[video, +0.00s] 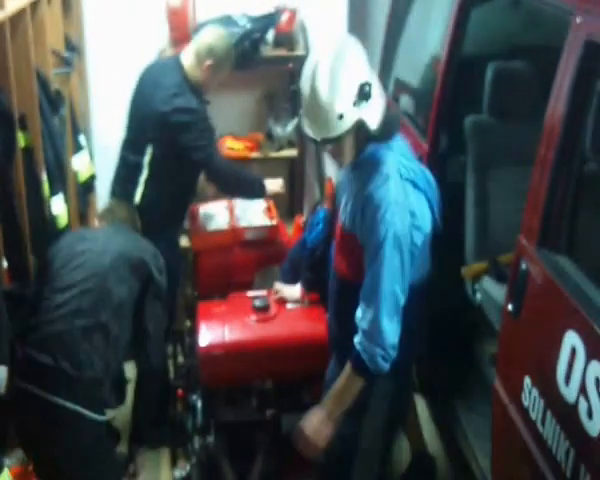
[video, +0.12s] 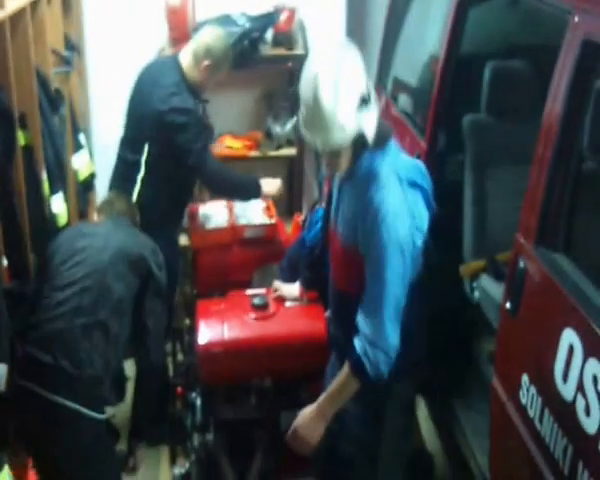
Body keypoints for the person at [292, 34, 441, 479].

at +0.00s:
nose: (325, 145)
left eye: (332, 133)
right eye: (323, 134)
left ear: (356, 118)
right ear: (364, 109)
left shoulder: (391, 196)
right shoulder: (367, 157)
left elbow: (379, 335)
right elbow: (329, 218)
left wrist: (328, 413)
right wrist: (292, 276)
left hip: (379, 356)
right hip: (354, 331)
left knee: (357, 459)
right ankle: (418, 457)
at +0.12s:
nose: (308, 125)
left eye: (316, 113)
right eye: (309, 111)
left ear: (348, 112)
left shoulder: (389, 192)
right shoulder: (350, 166)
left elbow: (380, 340)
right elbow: (322, 224)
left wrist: (321, 412)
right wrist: (291, 277)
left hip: (377, 383)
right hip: (345, 361)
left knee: (364, 466)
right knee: (343, 459)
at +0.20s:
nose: (327, 192)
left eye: (337, 179)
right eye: (318, 179)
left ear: (362, 168)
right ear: (307, 169)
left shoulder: (393, 234)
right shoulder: (322, 210)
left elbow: (386, 366)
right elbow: (300, 261)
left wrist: (326, 433)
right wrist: (291, 283)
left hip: (387, 390)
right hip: (337, 370)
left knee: (385, 470)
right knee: (341, 465)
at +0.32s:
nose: (335, 177)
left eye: (343, 163)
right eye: (325, 165)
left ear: (364, 148)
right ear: (313, 153)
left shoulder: (401, 203)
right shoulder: (322, 193)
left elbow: (410, 313)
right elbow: (311, 284)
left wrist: (378, 428)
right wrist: (311, 364)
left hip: (387, 361)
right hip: (333, 358)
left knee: (388, 464)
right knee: (335, 459)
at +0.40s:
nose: (336, 154)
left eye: (345, 141)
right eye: (327, 142)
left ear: (369, 117)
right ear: (314, 124)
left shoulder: (409, 175)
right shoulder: (325, 172)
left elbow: (419, 291)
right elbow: (310, 271)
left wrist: (412, 417)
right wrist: (310, 359)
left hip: (392, 355)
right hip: (335, 354)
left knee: (396, 464)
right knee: (339, 463)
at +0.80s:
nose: (352, 192)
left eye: (359, 181)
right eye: (347, 181)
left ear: (381, 159)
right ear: (340, 166)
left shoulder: (429, 207)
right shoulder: (349, 210)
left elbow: (445, 314)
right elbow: (332, 304)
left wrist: (435, 433)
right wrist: (315, 405)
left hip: (401, 389)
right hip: (343, 385)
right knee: (328, 468)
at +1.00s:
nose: (323, 140)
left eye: (328, 127)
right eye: (318, 128)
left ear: (360, 119)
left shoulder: (411, 179)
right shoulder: (358, 172)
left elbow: (411, 316)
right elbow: (346, 280)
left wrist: (378, 436)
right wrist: (329, 372)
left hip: (399, 362)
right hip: (361, 351)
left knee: (388, 466)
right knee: (344, 454)